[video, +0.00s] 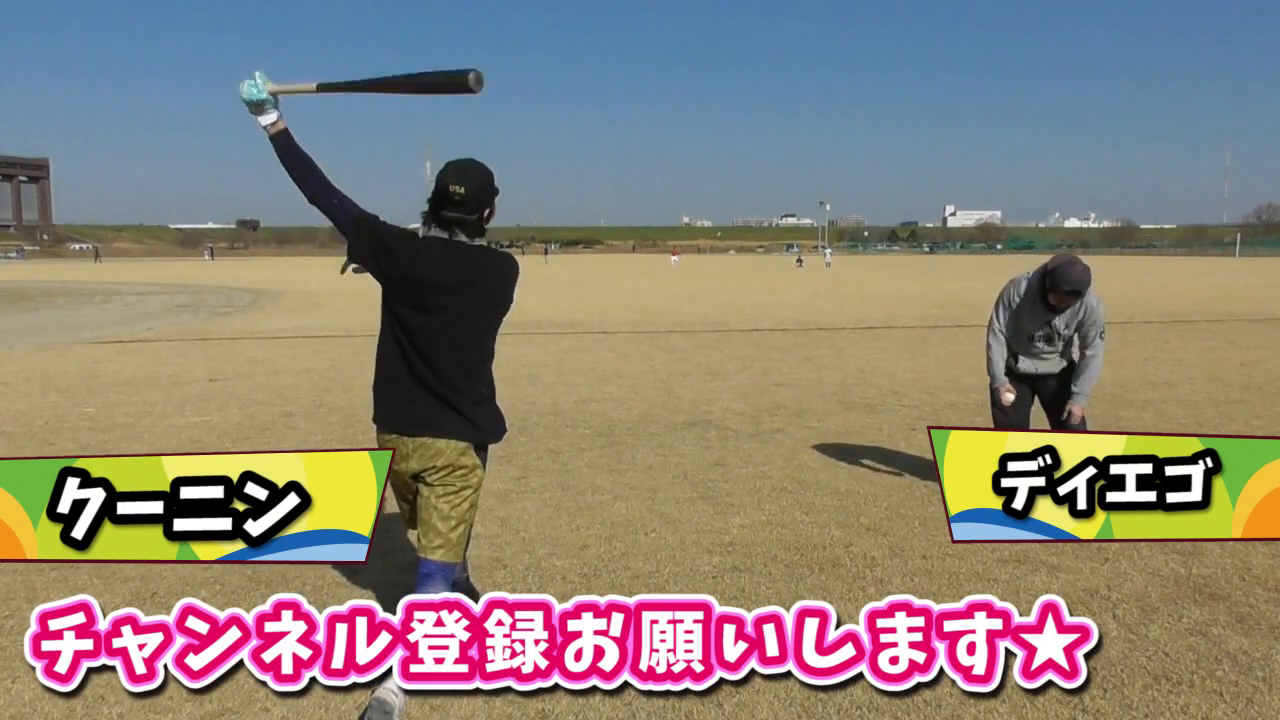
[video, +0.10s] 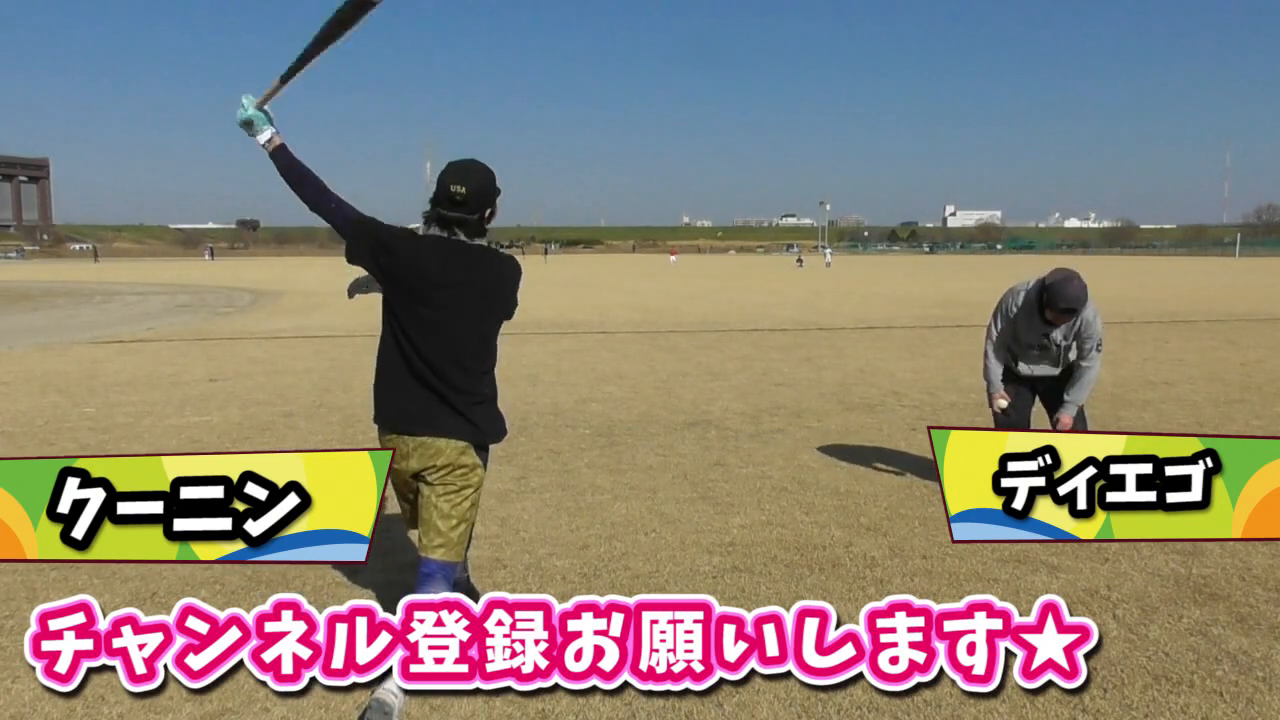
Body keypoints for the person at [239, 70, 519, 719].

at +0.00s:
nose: (481, 209)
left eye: (452, 194)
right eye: (487, 202)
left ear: (434, 203)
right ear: (488, 214)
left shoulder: (399, 249)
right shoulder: (502, 270)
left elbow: (323, 193)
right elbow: (463, 270)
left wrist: (272, 122)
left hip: (399, 429)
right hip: (461, 435)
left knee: (436, 556)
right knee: (435, 571)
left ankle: (473, 639)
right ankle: (394, 692)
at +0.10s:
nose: (483, 208)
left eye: (451, 197)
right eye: (490, 204)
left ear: (434, 202)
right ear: (490, 213)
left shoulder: (399, 247)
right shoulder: (503, 270)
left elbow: (326, 202)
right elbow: (496, 312)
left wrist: (271, 139)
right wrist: (409, 273)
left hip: (400, 430)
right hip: (461, 435)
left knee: (435, 548)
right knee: (436, 569)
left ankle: (464, 611)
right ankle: (393, 693)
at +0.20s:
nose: (491, 211)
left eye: (463, 199)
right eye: (491, 204)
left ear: (438, 204)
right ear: (490, 214)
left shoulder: (402, 250)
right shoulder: (504, 271)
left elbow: (327, 219)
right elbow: (510, 319)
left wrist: (271, 170)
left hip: (402, 429)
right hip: (463, 434)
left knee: (437, 547)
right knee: (437, 567)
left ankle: (471, 616)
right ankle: (395, 691)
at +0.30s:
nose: (497, 213)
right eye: (496, 206)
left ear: (442, 202)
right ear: (492, 213)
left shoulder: (401, 250)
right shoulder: (508, 273)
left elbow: (334, 243)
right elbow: (512, 328)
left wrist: (274, 215)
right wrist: (466, 290)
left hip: (401, 423)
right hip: (463, 432)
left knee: (436, 543)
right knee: (438, 564)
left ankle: (470, 621)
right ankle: (394, 690)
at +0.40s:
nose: (503, 214)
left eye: (497, 204)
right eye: (501, 207)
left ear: (447, 202)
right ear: (494, 214)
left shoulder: (403, 250)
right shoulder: (511, 275)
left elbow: (347, 270)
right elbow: (516, 334)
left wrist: (286, 269)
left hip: (401, 422)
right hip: (463, 430)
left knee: (437, 540)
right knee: (437, 562)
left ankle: (467, 615)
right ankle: (395, 686)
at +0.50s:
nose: (506, 215)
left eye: (505, 207)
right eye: (504, 208)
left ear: (450, 205)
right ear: (492, 213)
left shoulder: (405, 251)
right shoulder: (510, 273)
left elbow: (358, 295)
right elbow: (519, 330)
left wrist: (312, 324)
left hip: (398, 420)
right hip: (457, 430)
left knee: (444, 523)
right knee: (437, 560)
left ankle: (467, 615)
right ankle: (395, 682)